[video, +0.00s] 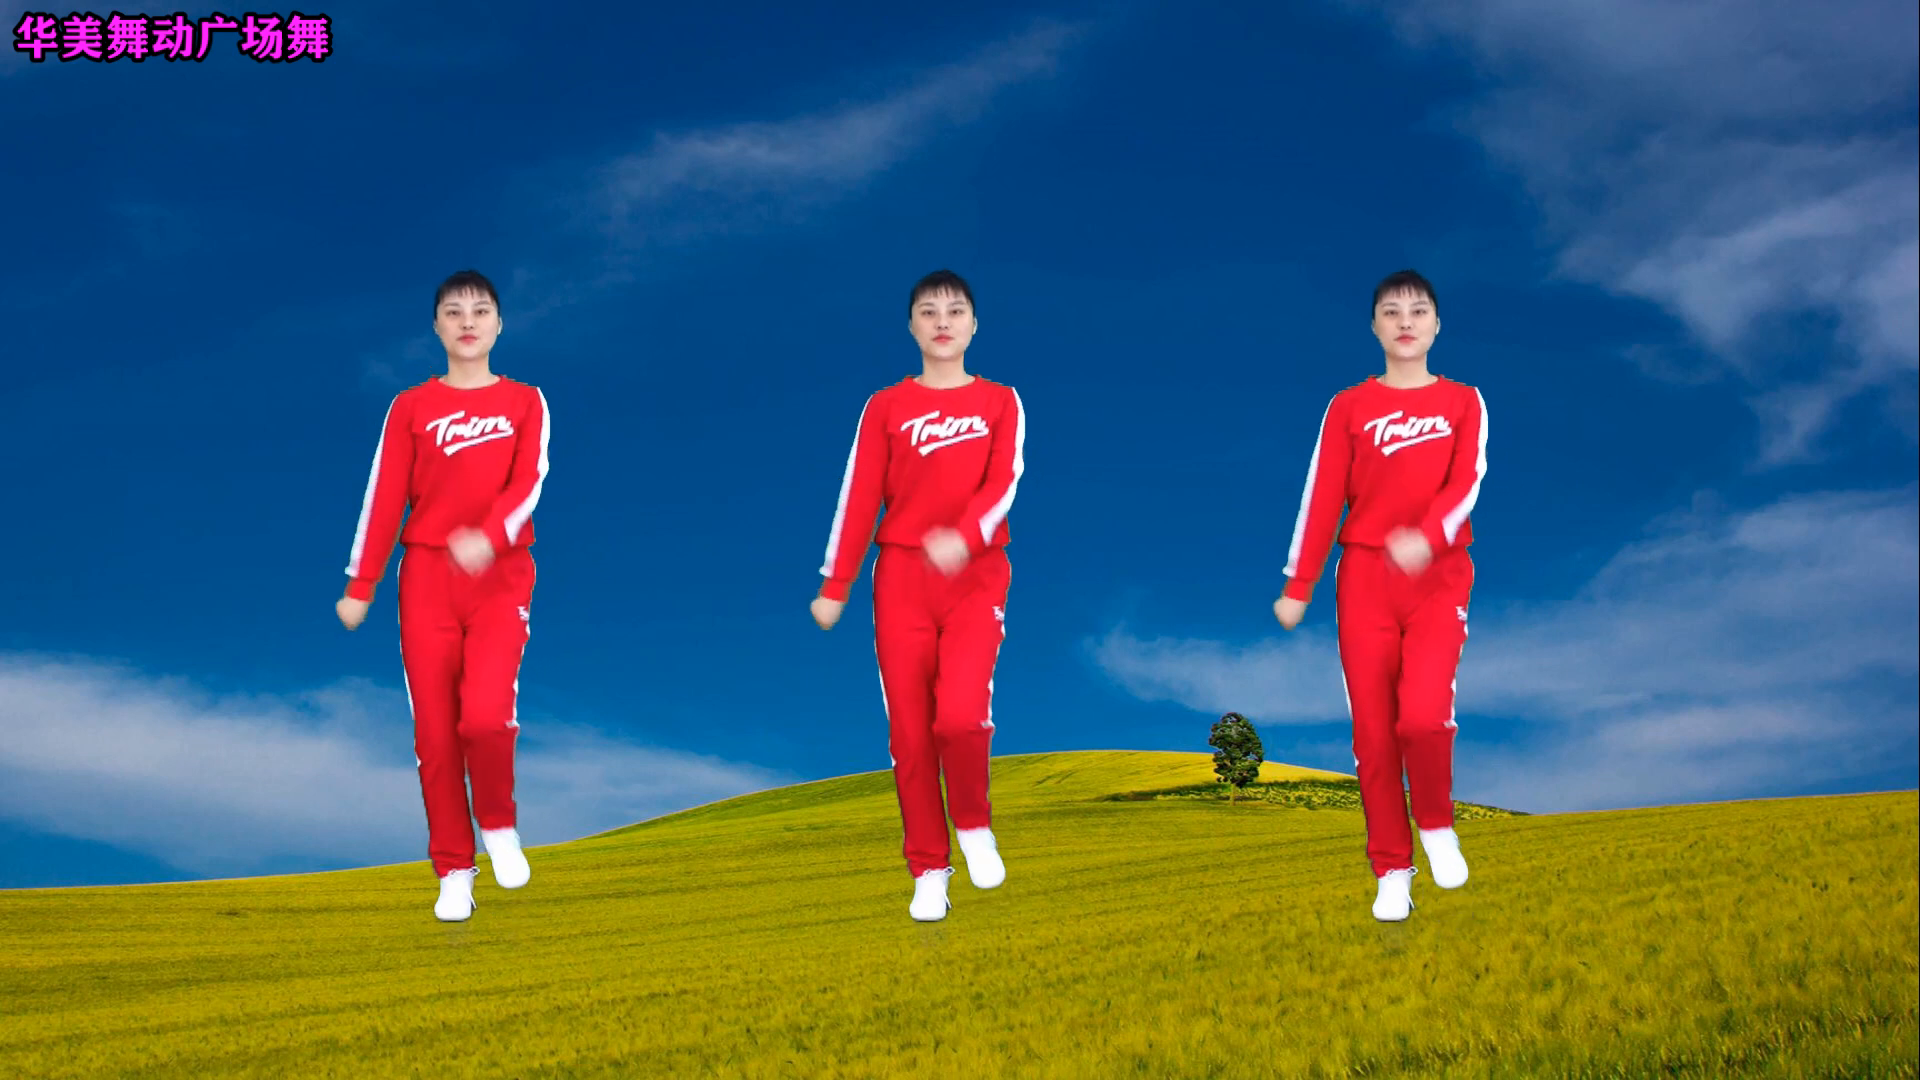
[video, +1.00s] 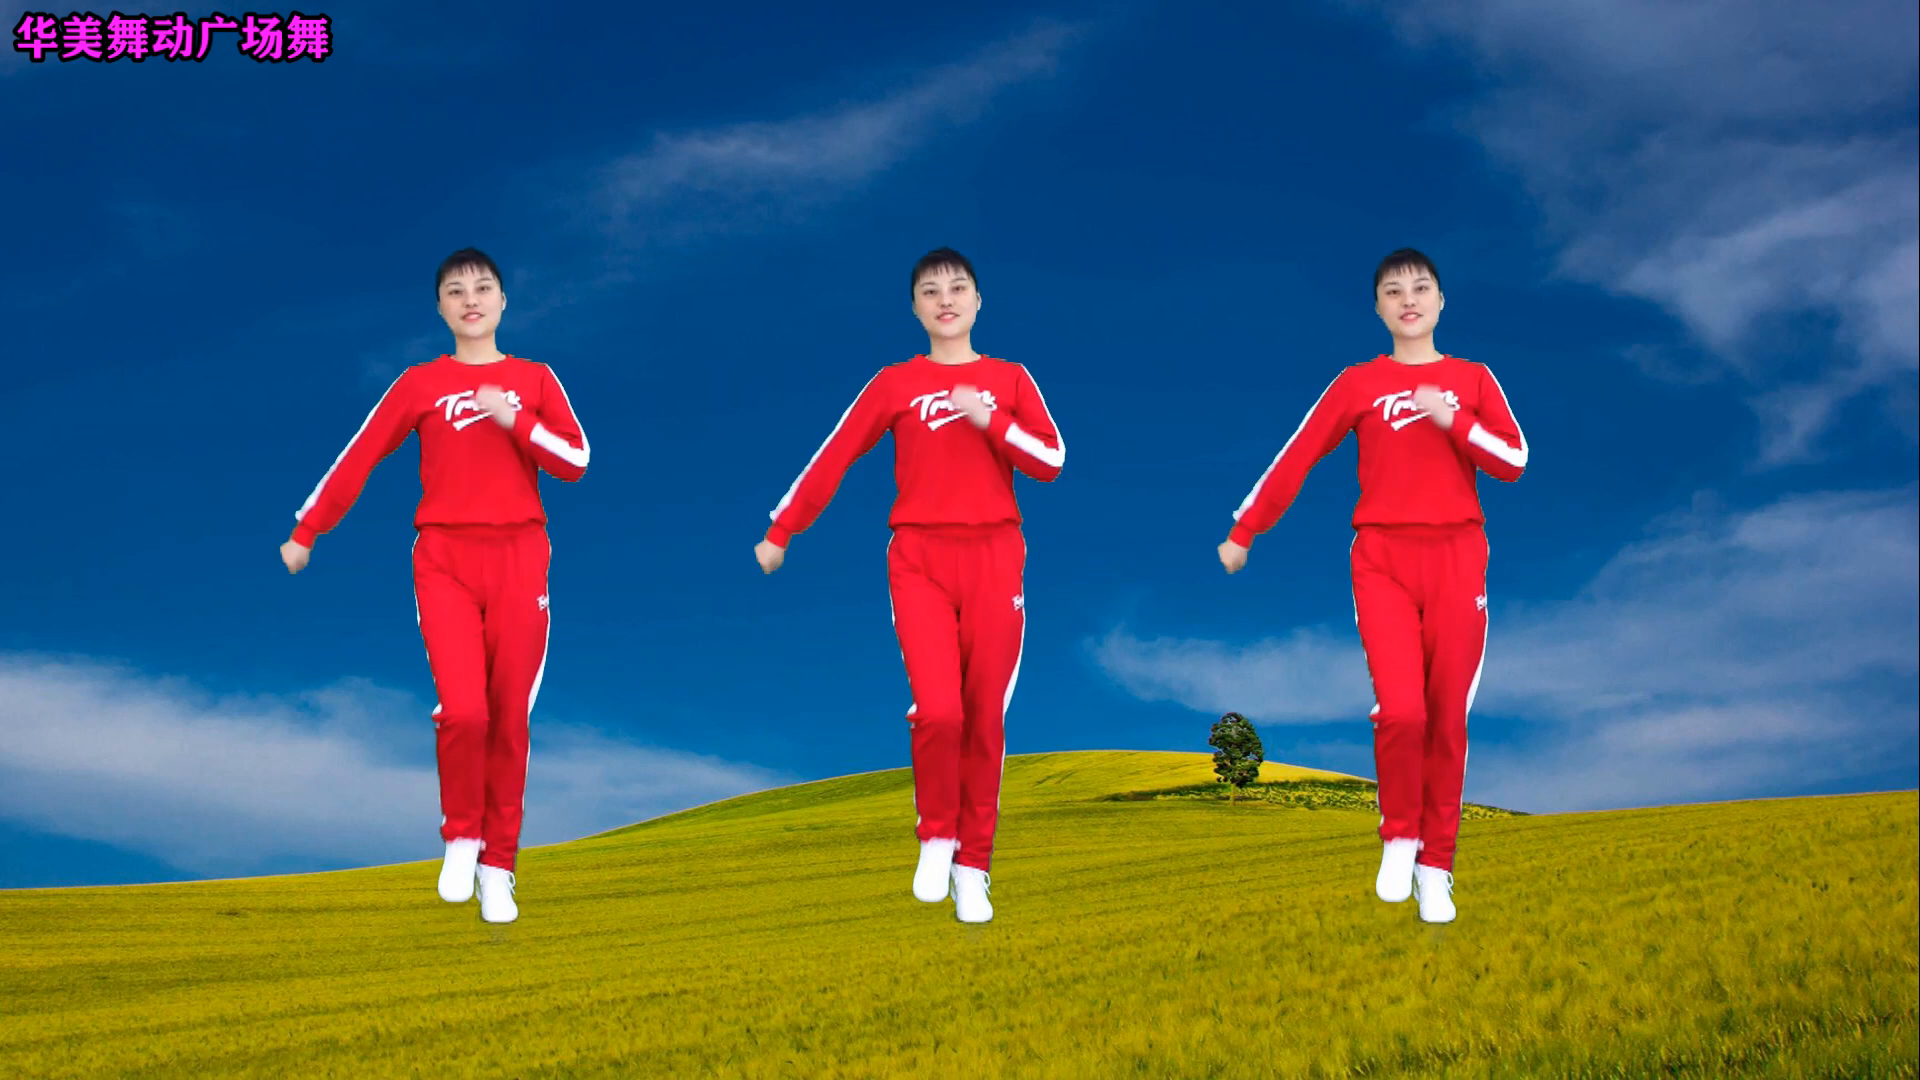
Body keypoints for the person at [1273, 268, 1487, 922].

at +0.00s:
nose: (1405, 323)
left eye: (1417, 312)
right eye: (1393, 313)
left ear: (1435, 323)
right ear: (1376, 325)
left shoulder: (1464, 402)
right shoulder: (1348, 407)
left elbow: (1467, 485)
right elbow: (1322, 499)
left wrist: (1429, 534)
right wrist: (1299, 585)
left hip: (1438, 582)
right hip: (1364, 581)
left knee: (1422, 721)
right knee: (1372, 730)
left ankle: (1436, 823)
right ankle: (1390, 866)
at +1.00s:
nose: (1410, 300)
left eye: (1420, 289)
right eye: (1395, 292)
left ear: (1440, 301)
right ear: (1379, 308)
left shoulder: (1474, 379)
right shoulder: (1357, 383)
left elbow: (1513, 461)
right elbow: (1296, 455)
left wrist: (1456, 420)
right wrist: (1242, 532)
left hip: (1457, 557)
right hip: (1381, 557)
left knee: (1448, 715)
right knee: (1400, 711)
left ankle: (1437, 862)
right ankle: (1400, 837)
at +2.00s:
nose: (1406, 306)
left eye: (1417, 296)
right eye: (1393, 297)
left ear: (1436, 308)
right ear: (1376, 311)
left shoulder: (1469, 385)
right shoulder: (1353, 394)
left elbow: (1503, 476)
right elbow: (1345, 479)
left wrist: (1529, 564)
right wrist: (1375, 541)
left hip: (1456, 566)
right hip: (1379, 569)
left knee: (1447, 725)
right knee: (1388, 723)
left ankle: (1436, 868)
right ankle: (1394, 856)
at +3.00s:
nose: (1438, 301)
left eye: (1440, 291)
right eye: (1421, 291)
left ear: (1444, 309)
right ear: (1385, 311)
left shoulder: (1469, 392)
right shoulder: (1371, 378)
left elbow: (1489, 490)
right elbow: (1428, 429)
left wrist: (1499, 567)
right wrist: (1522, 452)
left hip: (1465, 565)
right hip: (1394, 561)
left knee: (1496, 709)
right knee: (1392, 724)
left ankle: (1500, 834)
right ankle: (1386, 868)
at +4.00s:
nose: (1515, 309)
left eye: (1527, 298)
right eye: (1503, 301)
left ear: (1551, 310)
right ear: (1491, 317)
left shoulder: (1586, 381)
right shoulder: (1470, 399)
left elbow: (1662, 435)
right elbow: (1456, 495)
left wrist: (1740, 481)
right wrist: (1448, 573)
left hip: (1563, 568)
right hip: (1484, 569)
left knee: (1557, 731)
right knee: (1502, 731)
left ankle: (1552, 869)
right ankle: (1511, 865)